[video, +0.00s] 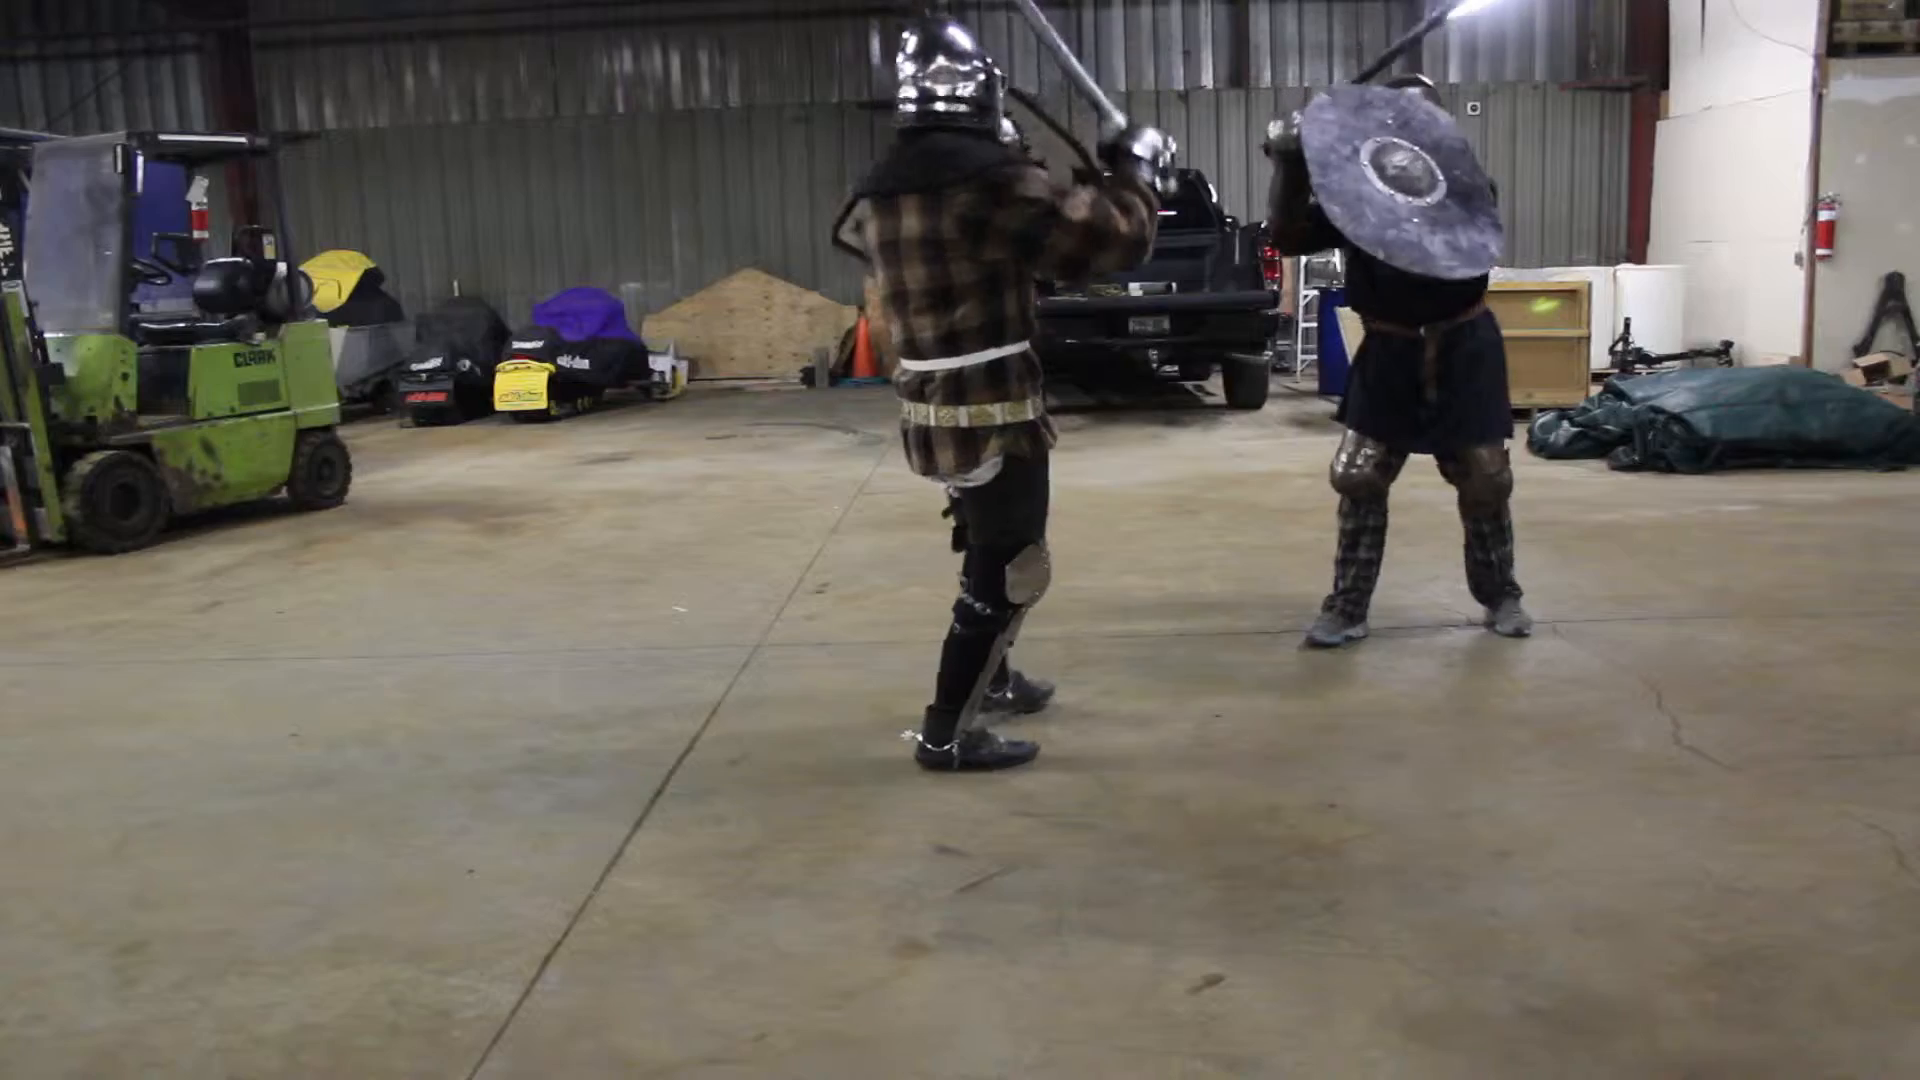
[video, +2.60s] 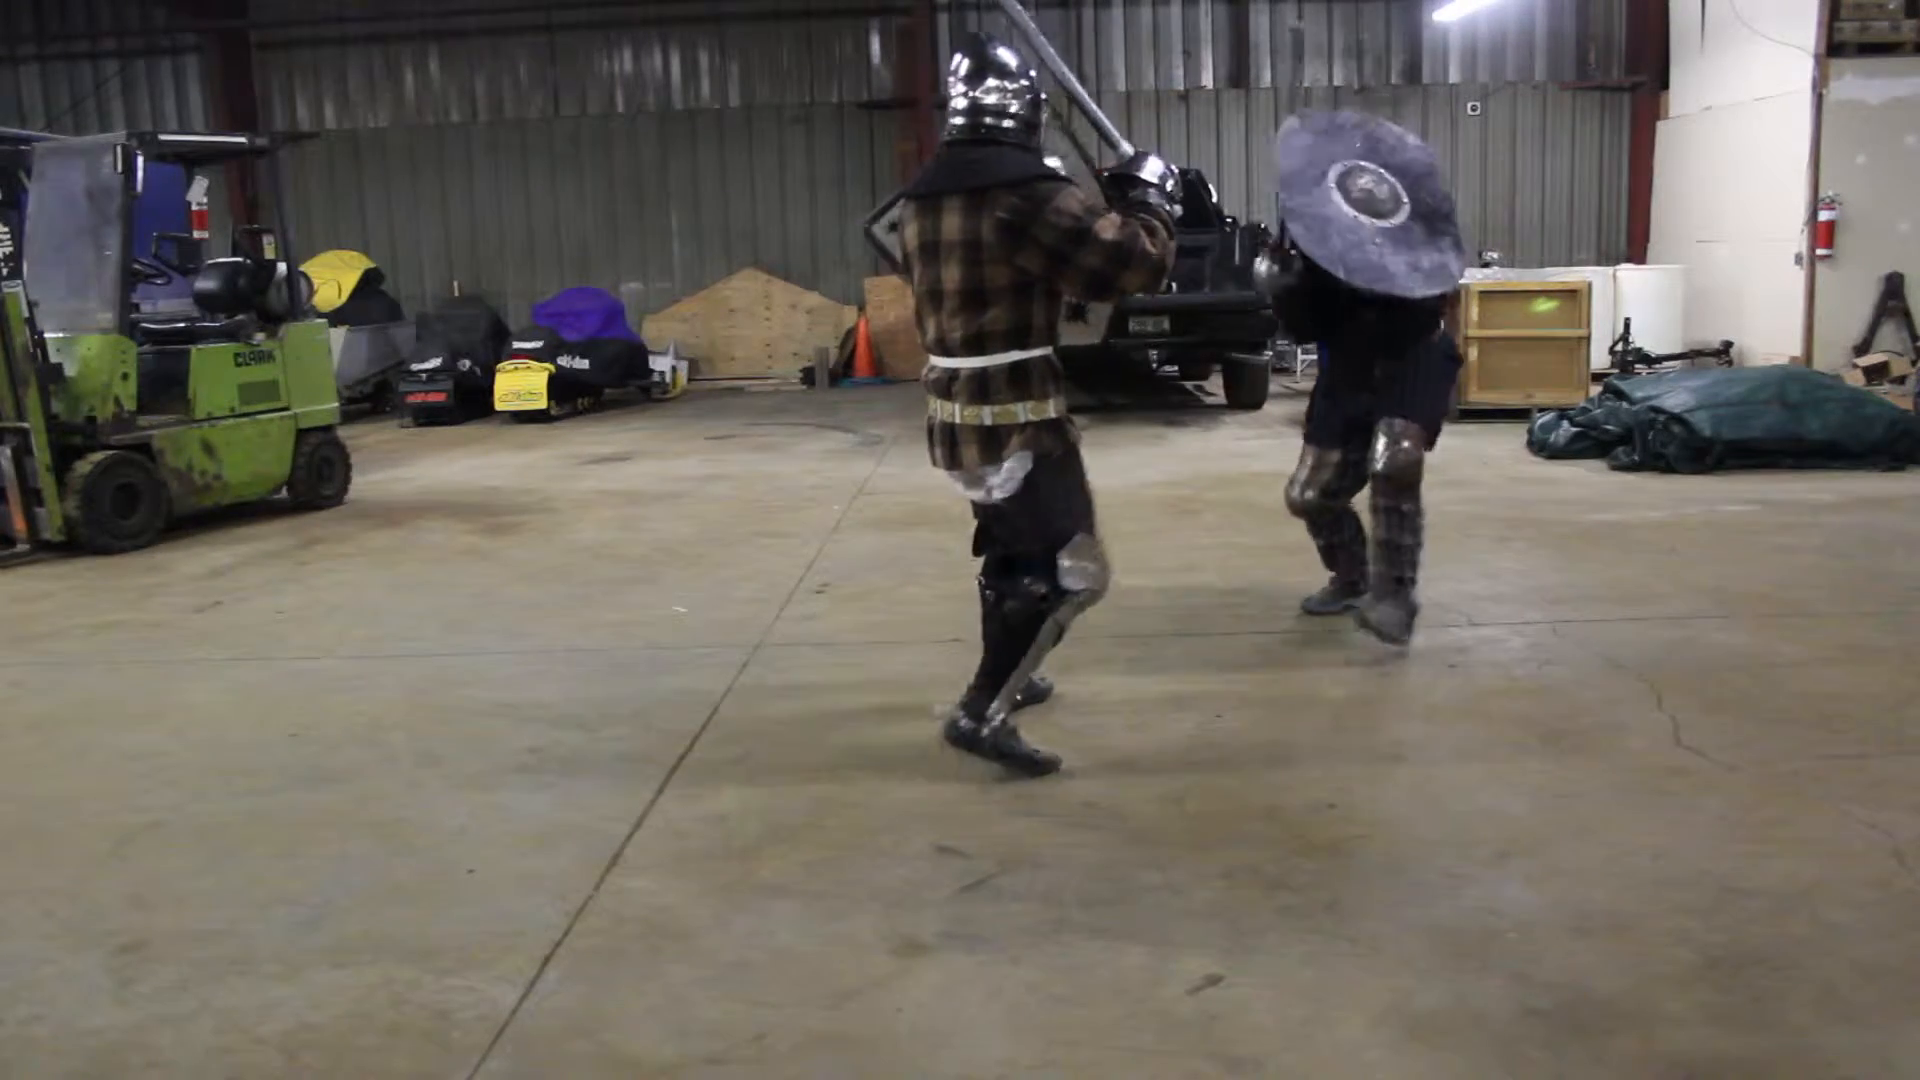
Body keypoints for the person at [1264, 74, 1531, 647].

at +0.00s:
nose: (1403, 147)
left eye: (1416, 133)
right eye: (1390, 137)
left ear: (1435, 142)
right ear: (1373, 149)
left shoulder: (1463, 193)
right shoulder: (1356, 202)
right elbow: (1288, 236)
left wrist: (1432, 127)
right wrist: (1291, 161)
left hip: (1467, 341)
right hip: (1388, 344)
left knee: (1487, 473)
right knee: (1358, 476)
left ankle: (1502, 596)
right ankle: (1347, 608)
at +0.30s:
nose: (1421, 150)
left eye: (1432, 138)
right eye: (1409, 138)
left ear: (1451, 144)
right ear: (1391, 144)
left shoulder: (1476, 208)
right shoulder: (1370, 210)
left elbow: (1464, 275)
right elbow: (1330, 290)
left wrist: (1421, 206)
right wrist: (1300, 231)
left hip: (1471, 349)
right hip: (1395, 352)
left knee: (1486, 487)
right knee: (1357, 477)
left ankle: (1511, 593)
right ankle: (1346, 611)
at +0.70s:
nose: (1452, 155)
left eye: (1464, 142)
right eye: (1443, 141)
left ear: (1485, 148)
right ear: (1428, 146)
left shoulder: (1512, 216)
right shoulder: (1417, 210)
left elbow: (1517, 303)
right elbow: (1356, 277)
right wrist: (1342, 215)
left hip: (1512, 351)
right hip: (1443, 352)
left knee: (1515, 491)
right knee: (1387, 472)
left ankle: (1545, 599)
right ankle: (1354, 600)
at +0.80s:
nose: (1451, 149)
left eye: (1464, 137)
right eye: (1439, 136)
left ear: (1486, 142)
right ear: (1422, 138)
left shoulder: (1513, 209)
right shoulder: (1414, 202)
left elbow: (1520, 294)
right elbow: (1352, 264)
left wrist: (1474, 338)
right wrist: (1338, 207)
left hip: (1508, 347)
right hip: (1438, 347)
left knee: (1515, 486)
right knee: (1378, 462)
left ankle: (1544, 599)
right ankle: (1368, 587)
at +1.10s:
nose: (1412, 148)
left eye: (1426, 136)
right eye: (1402, 136)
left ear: (1447, 141)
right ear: (1387, 138)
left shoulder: (1469, 201)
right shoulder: (1373, 197)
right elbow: (1317, 262)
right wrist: (1303, 208)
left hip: (1467, 344)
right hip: (1397, 342)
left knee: (1483, 481)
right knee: (1354, 465)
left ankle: (1536, 595)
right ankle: (1376, 587)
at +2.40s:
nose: (1372, 131)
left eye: (1385, 120)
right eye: (1366, 119)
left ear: (1411, 127)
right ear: (1357, 124)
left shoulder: (1431, 185)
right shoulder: (1345, 184)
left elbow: (1436, 281)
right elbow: (1280, 247)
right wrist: (1263, 189)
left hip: (1428, 336)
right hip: (1360, 337)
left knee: (1428, 464)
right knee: (1328, 462)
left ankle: (1468, 595)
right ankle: (1351, 582)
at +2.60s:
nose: (1364, 198)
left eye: (1376, 190)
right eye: (1352, 191)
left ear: (1396, 193)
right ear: (1336, 194)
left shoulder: (1422, 225)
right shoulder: (1317, 232)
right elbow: (1304, 325)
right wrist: (1285, 275)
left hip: (1416, 358)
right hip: (1348, 360)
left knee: (1394, 468)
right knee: (1310, 495)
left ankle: (1393, 597)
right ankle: (1352, 576)